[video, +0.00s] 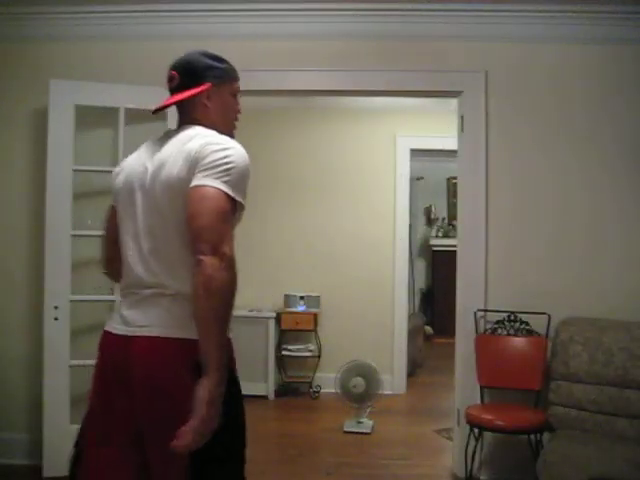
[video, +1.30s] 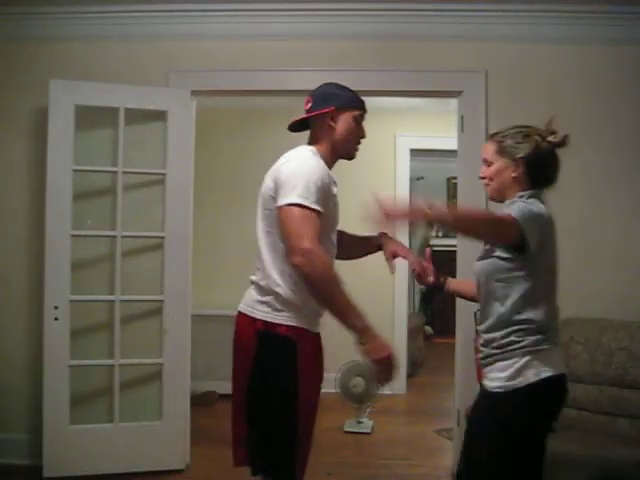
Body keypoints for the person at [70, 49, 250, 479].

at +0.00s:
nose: (239, 109)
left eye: (238, 97)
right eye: (234, 95)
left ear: (184, 100)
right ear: (206, 97)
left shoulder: (134, 161)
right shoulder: (220, 152)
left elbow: (113, 264)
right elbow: (212, 260)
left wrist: (175, 281)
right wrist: (214, 376)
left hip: (119, 351)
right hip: (183, 356)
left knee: (108, 468)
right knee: (203, 472)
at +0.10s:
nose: (251, 116)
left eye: (250, 103)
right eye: (246, 102)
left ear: (198, 107)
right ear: (219, 104)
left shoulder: (151, 165)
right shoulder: (226, 158)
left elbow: (141, 261)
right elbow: (227, 263)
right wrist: (248, 373)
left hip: (136, 355)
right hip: (196, 363)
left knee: (126, 470)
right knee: (206, 471)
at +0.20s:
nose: (263, 120)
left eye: (262, 108)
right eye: (258, 106)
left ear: (216, 111)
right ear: (232, 109)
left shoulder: (166, 168)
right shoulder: (232, 162)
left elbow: (193, 253)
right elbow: (239, 272)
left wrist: (261, 290)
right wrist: (288, 363)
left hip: (154, 355)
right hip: (209, 362)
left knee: (157, 471)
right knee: (221, 473)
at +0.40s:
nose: (286, 124)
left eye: (286, 112)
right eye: (281, 111)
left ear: (242, 111)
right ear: (252, 109)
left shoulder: (198, 160)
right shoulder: (242, 151)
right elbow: (243, 242)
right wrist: (303, 301)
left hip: (190, 338)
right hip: (218, 343)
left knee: (204, 463)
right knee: (234, 463)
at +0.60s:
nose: (308, 128)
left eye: (308, 117)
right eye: (302, 115)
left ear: (270, 117)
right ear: (273, 115)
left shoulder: (244, 159)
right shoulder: (250, 157)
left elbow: (254, 245)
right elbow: (262, 240)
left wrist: (313, 258)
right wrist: (316, 320)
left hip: (236, 335)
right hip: (226, 337)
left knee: (250, 460)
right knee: (221, 464)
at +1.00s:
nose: (343, 130)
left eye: (342, 121)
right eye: (336, 118)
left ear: (309, 122)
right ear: (307, 119)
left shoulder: (300, 175)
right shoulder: (278, 164)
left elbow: (318, 251)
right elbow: (257, 245)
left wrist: (370, 254)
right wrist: (304, 329)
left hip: (280, 333)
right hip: (260, 333)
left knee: (284, 461)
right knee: (275, 464)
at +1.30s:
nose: (363, 133)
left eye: (362, 122)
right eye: (357, 121)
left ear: (327, 123)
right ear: (330, 121)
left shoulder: (315, 173)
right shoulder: (303, 167)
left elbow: (331, 243)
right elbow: (304, 254)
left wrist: (380, 241)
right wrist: (366, 334)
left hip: (290, 331)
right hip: (277, 334)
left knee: (283, 460)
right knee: (275, 463)